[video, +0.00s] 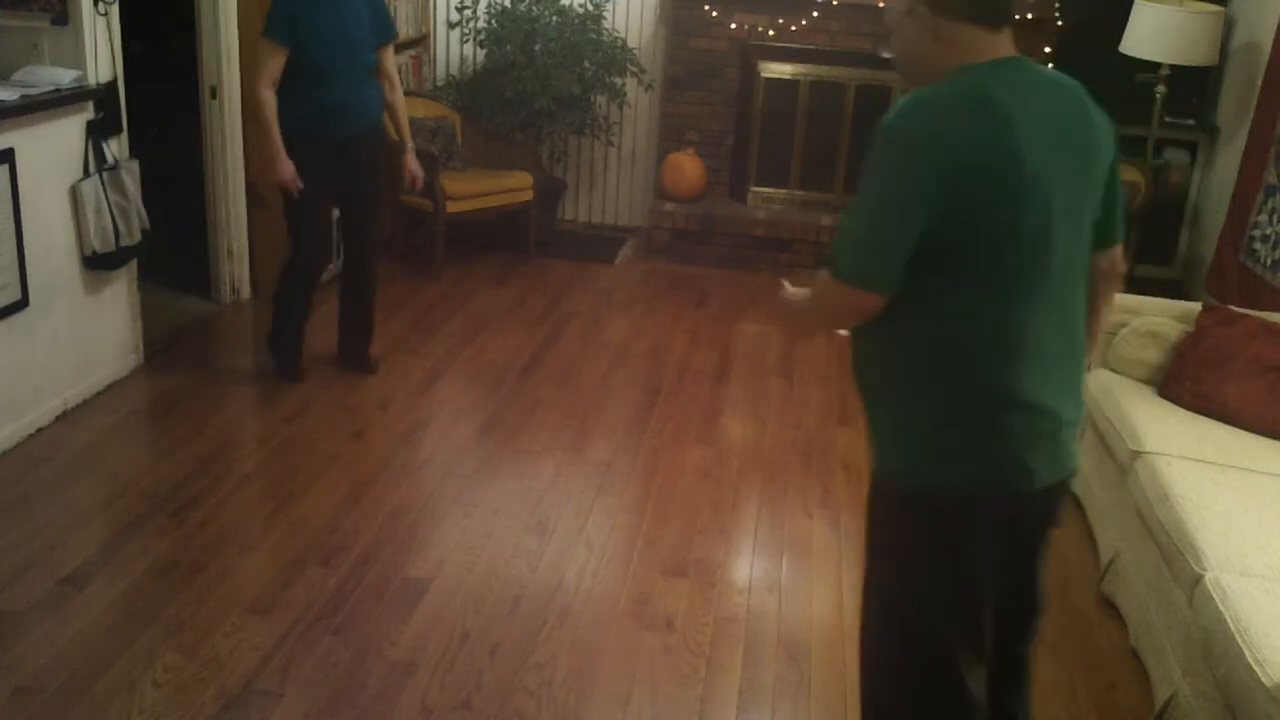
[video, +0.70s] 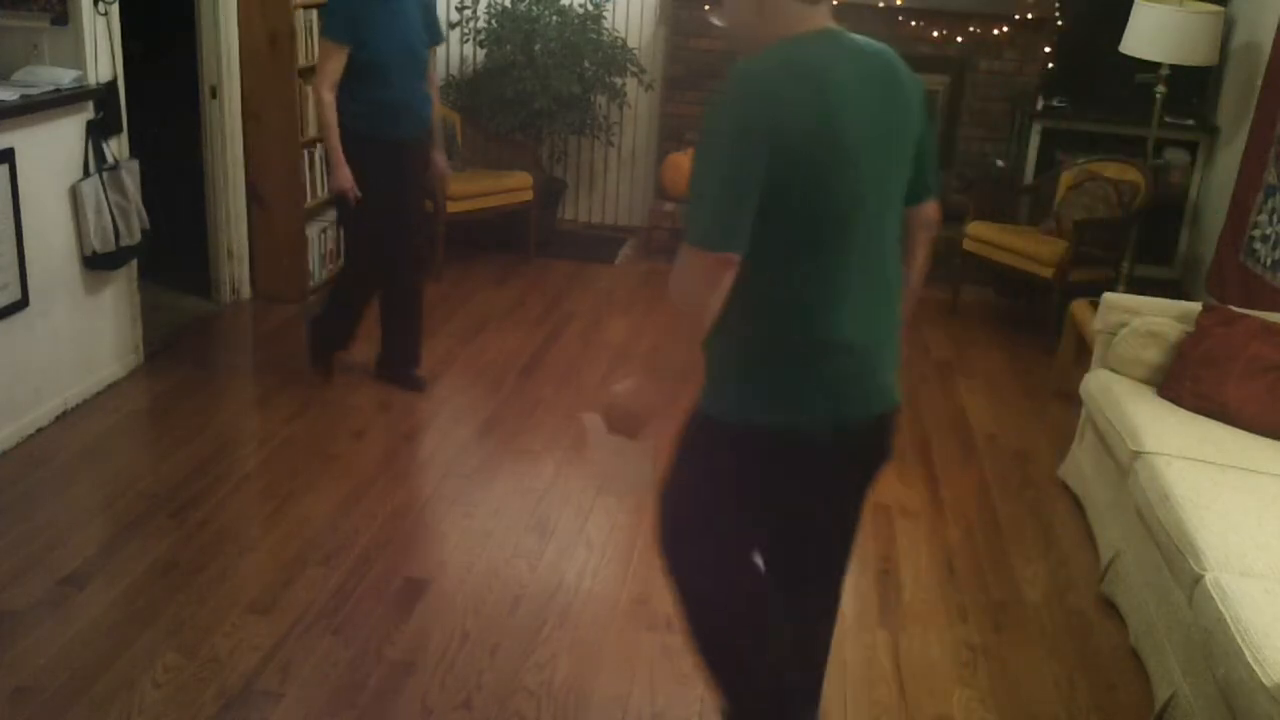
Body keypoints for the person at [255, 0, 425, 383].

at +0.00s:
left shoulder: (374, 7)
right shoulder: (291, 8)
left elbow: (390, 79)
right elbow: (264, 85)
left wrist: (408, 146)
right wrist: (278, 155)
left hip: (365, 143)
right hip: (308, 145)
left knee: (363, 250)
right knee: (311, 252)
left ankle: (355, 349)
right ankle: (286, 350)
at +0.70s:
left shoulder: (422, 7)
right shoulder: (347, 9)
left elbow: (429, 78)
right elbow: (324, 85)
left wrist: (435, 146)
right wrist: (337, 164)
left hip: (411, 144)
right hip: (365, 144)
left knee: (407, 254)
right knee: (369, 253)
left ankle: (398, 361)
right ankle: (325, 337)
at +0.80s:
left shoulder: (436, 8)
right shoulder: (357, 9)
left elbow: (449, 81)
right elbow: (332, 86)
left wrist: (468, 152)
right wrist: (336, 166)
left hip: (420, 145)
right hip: (371, 145)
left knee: (416, 250)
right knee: (397, 251)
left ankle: (399, 359)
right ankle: (372, 356)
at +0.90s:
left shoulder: (451, 10)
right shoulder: (373, 10)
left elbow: (469, 87)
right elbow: (339, 90)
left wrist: (493, 158)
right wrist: (335, 166)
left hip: (431, 148)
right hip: (379, 149)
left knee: (419, 260)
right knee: (413, 262)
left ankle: (395, 360)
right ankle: (421, 385)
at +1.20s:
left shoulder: (501, 19)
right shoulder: (421, 18)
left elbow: (517, 92)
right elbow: (383, 101)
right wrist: (372, 175)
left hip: (478, 163)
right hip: (422, 163)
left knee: (452, 267)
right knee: (456, 275)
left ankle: (406, 349)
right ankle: (482, 404)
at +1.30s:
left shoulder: (521, 18)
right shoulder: (441, 17)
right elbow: (399, 110)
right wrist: (394, 189)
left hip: (505, 168)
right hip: (446, 172)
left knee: (496, 272)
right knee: (471, 288)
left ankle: (430, 339)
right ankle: (482, 413)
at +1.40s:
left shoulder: (538, 19)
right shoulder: (455, 17)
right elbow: (418, 111)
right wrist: (420, 197)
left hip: (524, 183)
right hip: (467, 188)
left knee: (523, 294)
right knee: (474, 303)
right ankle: (479, 412)